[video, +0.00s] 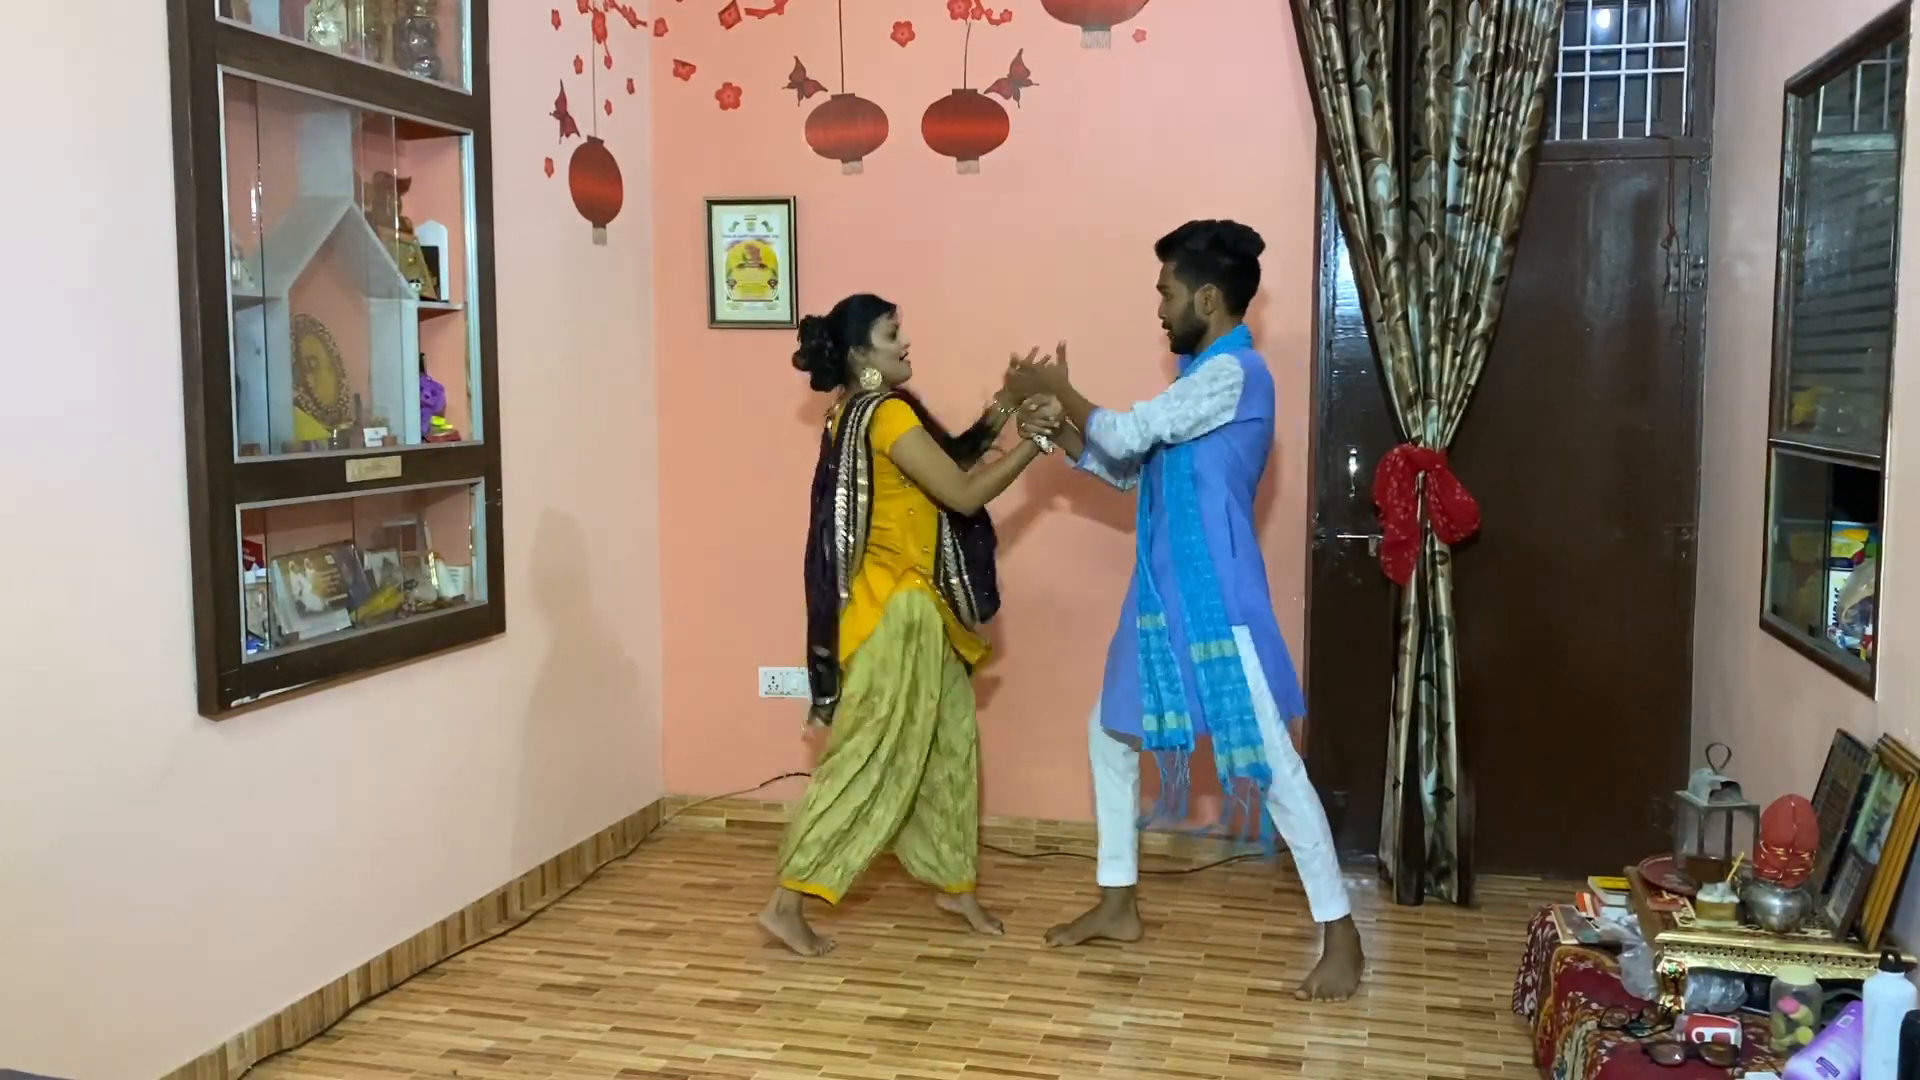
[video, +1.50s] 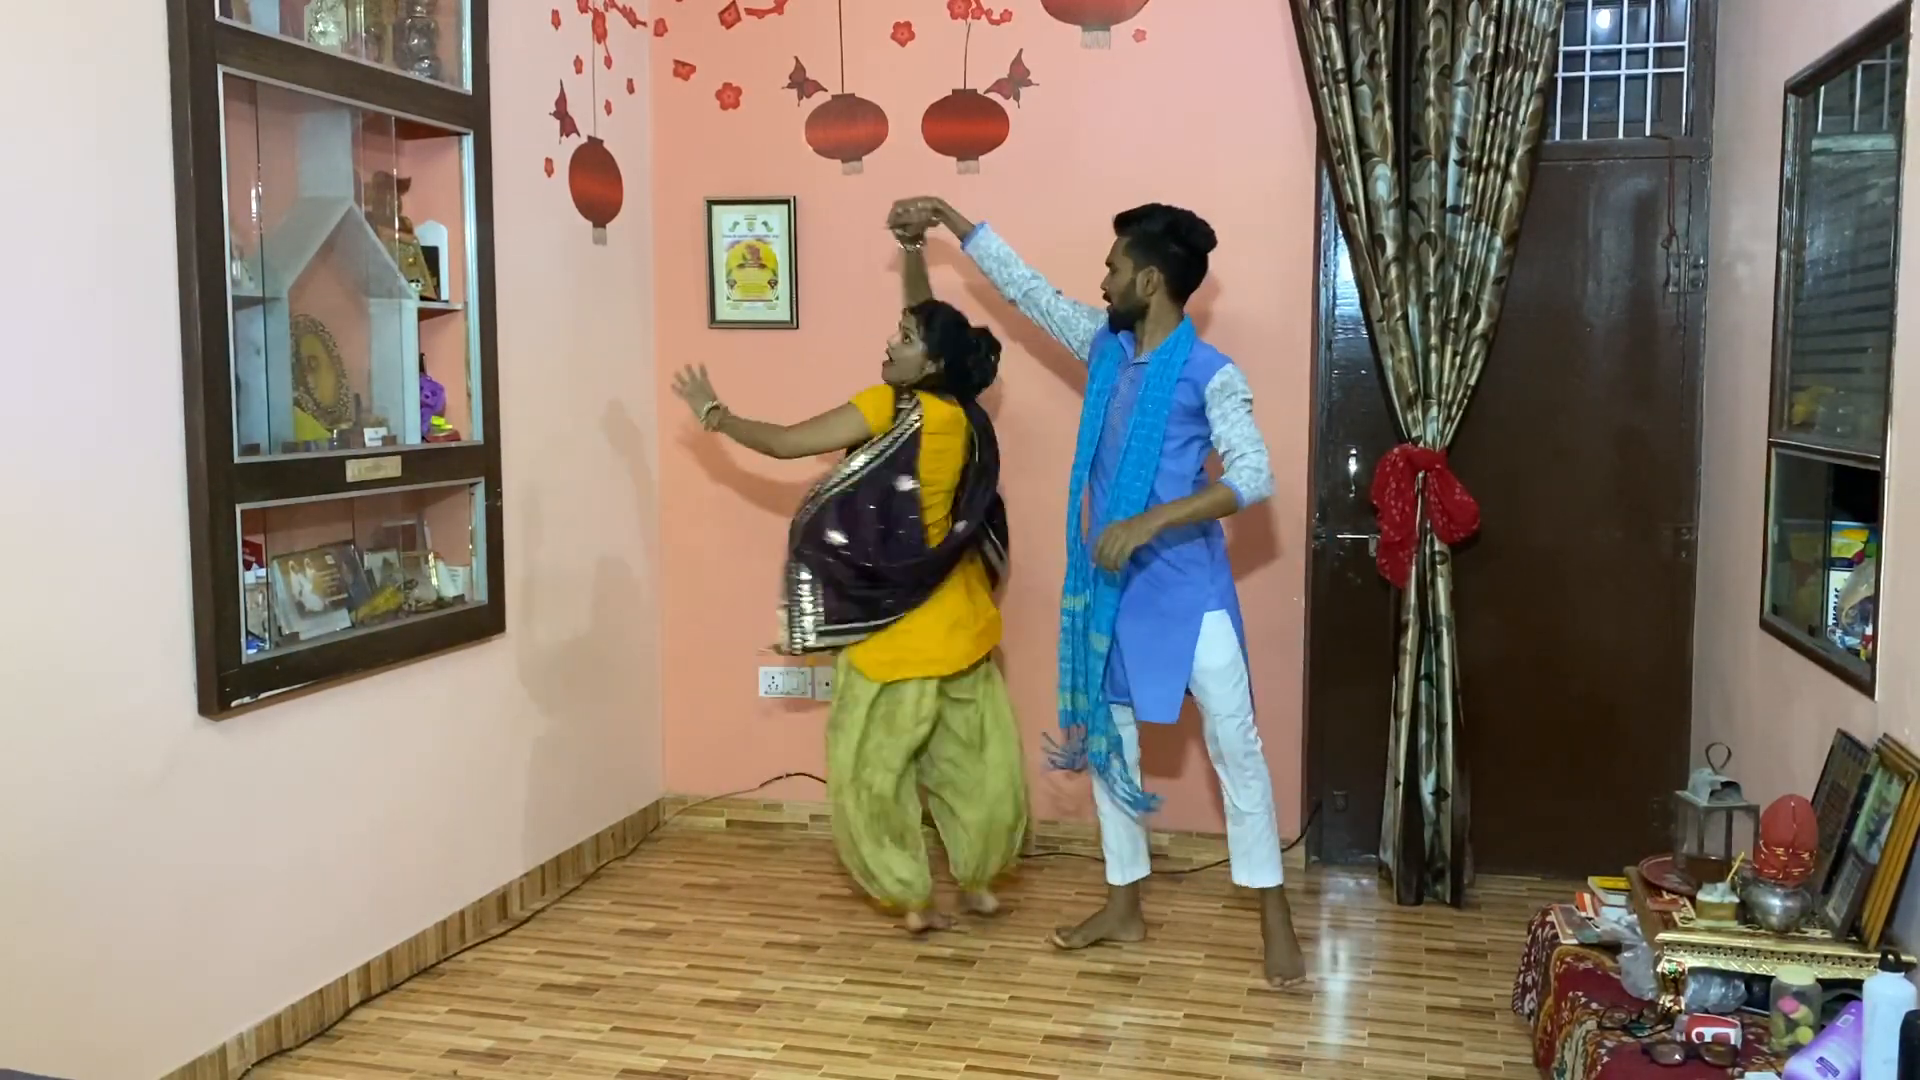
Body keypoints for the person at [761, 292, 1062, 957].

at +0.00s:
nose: (907, 346)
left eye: (902, 335)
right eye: (894, 339)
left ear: (861, 354)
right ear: (862, 354)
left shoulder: (864, 411)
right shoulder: (885, 413)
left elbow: (945, 467)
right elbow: (963, 494)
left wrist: (1003, 409)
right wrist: (1029, 442)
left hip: (908, 602)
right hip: (896, 605)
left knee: (953, 743)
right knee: (871, 750)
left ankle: (956, 884)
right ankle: (789, 900)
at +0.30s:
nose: (941, 371)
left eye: (934, 364)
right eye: (924, 370)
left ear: (929, 390)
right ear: (901, 400)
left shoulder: (943, 457)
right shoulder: (902, 465)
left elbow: (1000, 506)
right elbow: (959, 561)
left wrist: (1054, 478)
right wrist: (1032, 531)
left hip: (908, 640)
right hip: (856, 637)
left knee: (962, 751)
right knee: (871, 784)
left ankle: (945, 895)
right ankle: (783, 916)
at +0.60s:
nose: (851, 387)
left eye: (851, 375)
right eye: (837, 378)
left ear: (845, 377)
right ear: (798, 386)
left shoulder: (859, 427)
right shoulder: (798, 452)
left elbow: (938, 430)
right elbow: (904, 477)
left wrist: (1014, 414)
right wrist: (994, 455)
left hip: (920, 612)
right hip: (865, 615)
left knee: (966, 742)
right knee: (839, 754)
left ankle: (954, 886)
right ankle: (754, 884)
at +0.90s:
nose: (815, 375)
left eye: (814, 362)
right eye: (801, 366)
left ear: (812, 367)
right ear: (764, 383)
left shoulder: (832, 422)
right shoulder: (774, 445)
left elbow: (911, 433)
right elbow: (877, 461)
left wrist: (999, 432)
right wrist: (981, 457)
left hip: (888, 607)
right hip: (825, 613)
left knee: (934, 742)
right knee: (801, 754)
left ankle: (957, 887)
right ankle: (740, 891)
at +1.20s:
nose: (924, 384)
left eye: (916, 375)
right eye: (913, 378)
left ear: (881, 406)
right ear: (892, 402)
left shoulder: (884, 465)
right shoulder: (890, 476)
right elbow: (962, 547)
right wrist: (1026, 518)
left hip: (873, 638)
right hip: (835, 637)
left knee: (921, 757)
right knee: (835, 772)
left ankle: (897, 903)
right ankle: (743, 892)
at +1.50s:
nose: (891, 345)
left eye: (904, 341)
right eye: (898, 336)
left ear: (932, 362)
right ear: (946, 365)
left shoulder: (889, 408)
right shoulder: (967, 416)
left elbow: (788, 442)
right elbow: (928, 329)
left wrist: (715, 414)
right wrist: (914, 250)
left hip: (897, 633)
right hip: (967, 627)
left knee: (870, 769)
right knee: (970, 759)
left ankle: (913, 902)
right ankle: (977, 882)